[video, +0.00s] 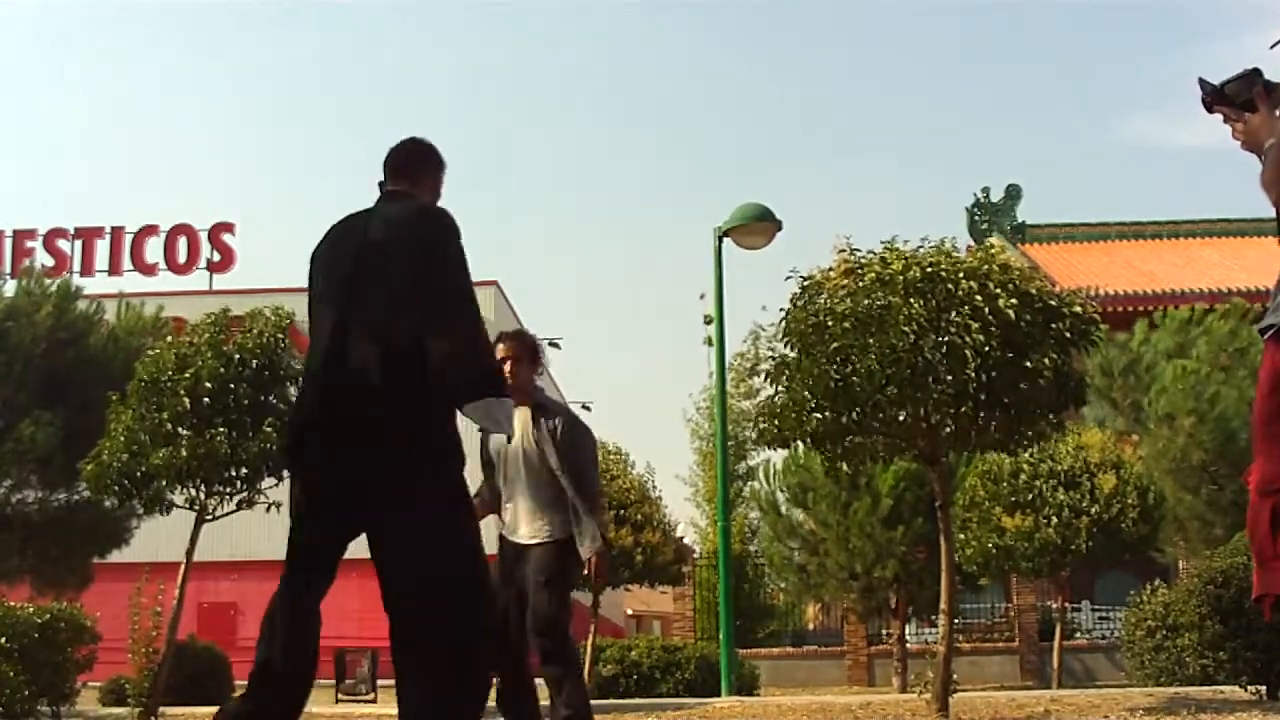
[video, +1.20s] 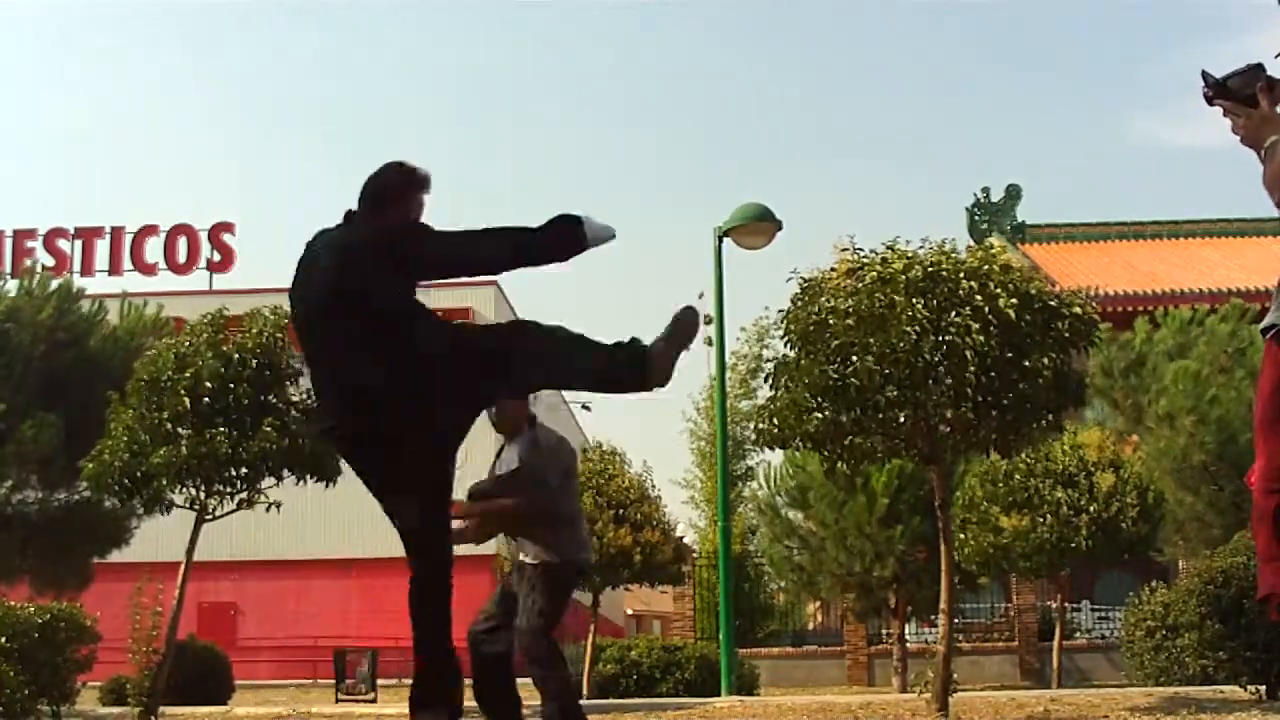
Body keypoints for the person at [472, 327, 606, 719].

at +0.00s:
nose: (504, 369)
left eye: (512, 361)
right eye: (499, 363)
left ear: (534, 366)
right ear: (495, 370)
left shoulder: (561, 423)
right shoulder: (494, 425)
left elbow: (585, 488)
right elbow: (494, 488)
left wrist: (593, 542)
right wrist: (467, 513)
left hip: (552, 542)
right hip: (510, 542)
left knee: (547, 632)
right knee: (509, 638)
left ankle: (572, 712)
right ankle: (518, 713)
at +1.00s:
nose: (498, 373)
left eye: (505, 363)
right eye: (492, 366)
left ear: (526, 366)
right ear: (486, 372)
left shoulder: (558, 413)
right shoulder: (494, 417)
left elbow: (579, 479)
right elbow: (490, 475)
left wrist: (570, 534)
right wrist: (478, 525)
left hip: (556, 537)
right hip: (513, 538)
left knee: (551, 639)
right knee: (497, 635)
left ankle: (571, 710)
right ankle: (522, 711)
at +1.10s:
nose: (495, 392)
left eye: (504, 383)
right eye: (489, 384)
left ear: (527, 386)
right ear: (483, 389)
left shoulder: (561, 430)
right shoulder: (495, 436)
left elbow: (539, 493)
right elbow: (500, 504)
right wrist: (464, 540)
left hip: (562, 550)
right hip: (517, 551)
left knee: (543, 639)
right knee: (486, 639)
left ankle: (567, 711)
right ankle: (519, 713)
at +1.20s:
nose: (493, 413)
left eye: (501, 404)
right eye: (492, 405)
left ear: (524, 403)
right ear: (493, 409)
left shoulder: (549, 446)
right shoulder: (508, 453)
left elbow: (526, 498)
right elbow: (490, 521)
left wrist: (465, 506)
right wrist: (447, 535)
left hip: (555, 562)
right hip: (527, 563)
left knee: (532, 639)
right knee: (485, 637)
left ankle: (566, 713)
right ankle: (504, 714)